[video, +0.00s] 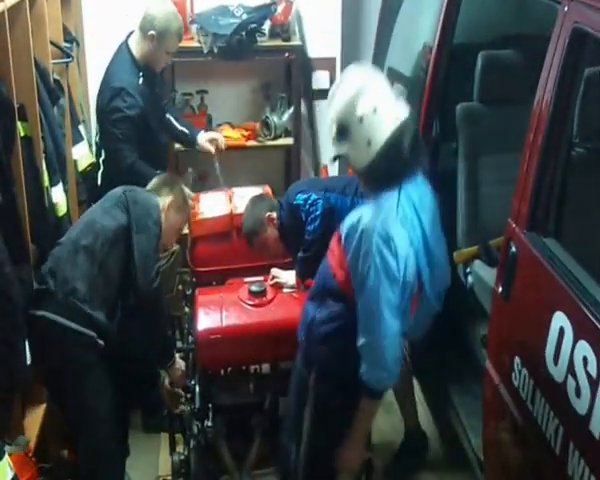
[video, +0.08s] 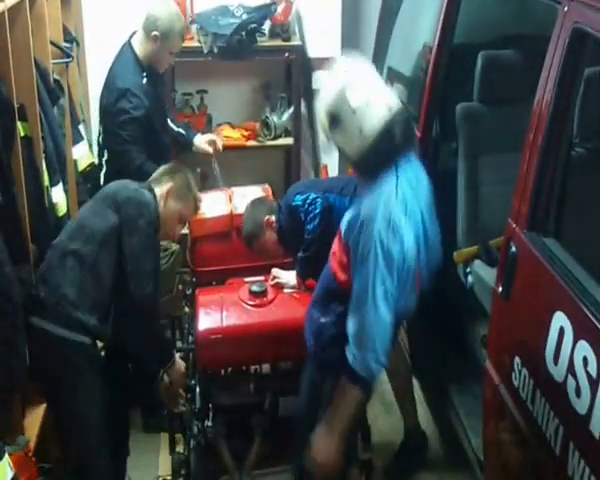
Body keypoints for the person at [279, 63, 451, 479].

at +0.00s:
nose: (339, 153)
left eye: (342, 139)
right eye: (338, 140)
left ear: (361, 139)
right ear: (393, 126)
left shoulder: (376, 229)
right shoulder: (415, 186)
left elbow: (383, 355)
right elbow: (438, 281)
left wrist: (358, 441)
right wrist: (402, 335)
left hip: (337, 362)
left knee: (318, 461)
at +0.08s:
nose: (337, 146)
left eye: (338, 135)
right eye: (336, 135)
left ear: (350, 139)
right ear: (390, 116)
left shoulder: (381, 216)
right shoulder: (407, 169)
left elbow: (370, 343)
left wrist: (334, 428)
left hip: (339, 354)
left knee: (317, 454)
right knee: (337, 441)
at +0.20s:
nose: (319, 113)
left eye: (320, 100)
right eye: (316, 101)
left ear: (337, 102)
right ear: (369, 82)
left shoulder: (382, 188)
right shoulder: (387, 136)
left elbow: (367, 323)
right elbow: (356, 242)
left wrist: (313, 399)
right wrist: (308, 285)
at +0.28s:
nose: (316, 119)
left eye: (315, 106)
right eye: (311, 108)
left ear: (333, 94)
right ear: (358, 80)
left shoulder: (380, 179)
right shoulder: (374, 146)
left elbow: (363, 321)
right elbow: (346, 237)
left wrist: (302, 394)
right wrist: (295, 289)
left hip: (376, 354)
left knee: (362, 457)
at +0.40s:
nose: (300, 157)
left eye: (305, 142)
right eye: (299, 144)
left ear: (329, 130)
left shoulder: (378, 197)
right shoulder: (341, 189)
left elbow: (362, 331)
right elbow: (312, 268)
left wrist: (292, 411)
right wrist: (262, 323)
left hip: (404, 359)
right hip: (366, 348)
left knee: (395, 463)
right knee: (359, 457)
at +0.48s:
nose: (303, 183)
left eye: (308, 171)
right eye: (300, 171)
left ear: (336, 155)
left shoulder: (376, 214)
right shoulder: (337, 206)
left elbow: (362, 364)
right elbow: (305, 282)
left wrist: (293, 434)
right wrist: (255, 338)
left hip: (406, 379)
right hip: (367, 364)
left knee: (392, 468)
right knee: (355, 464)